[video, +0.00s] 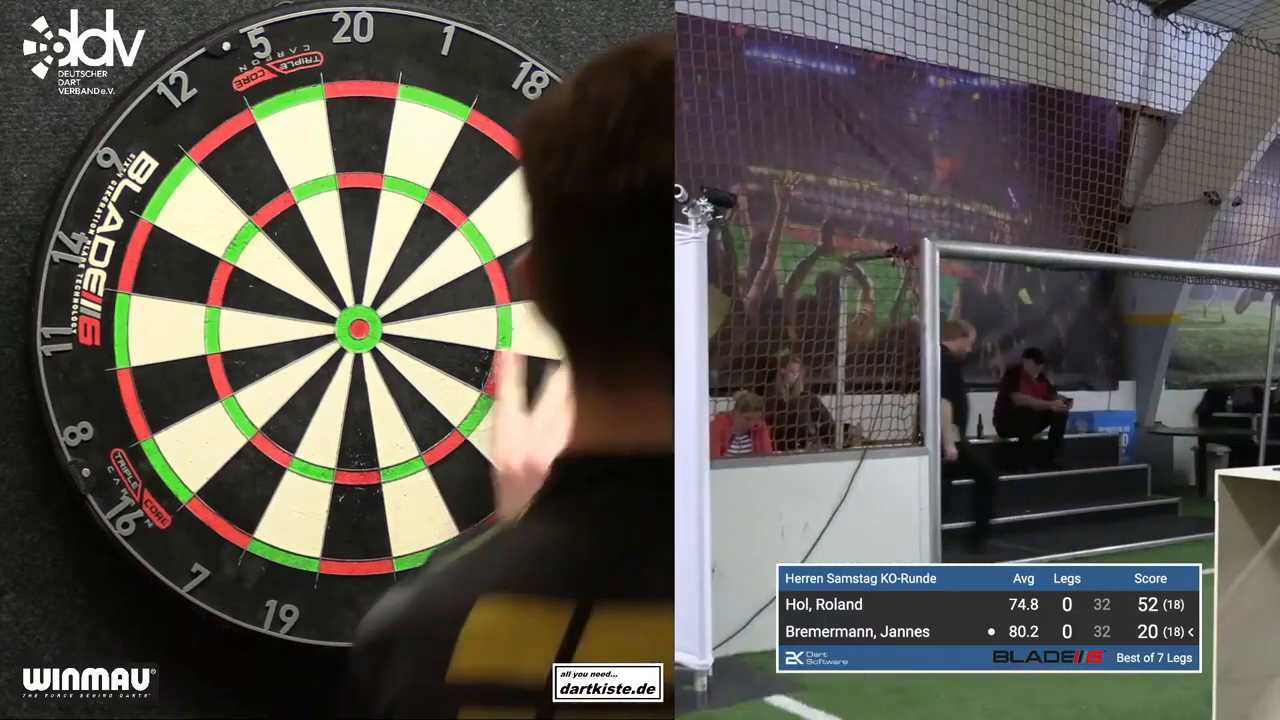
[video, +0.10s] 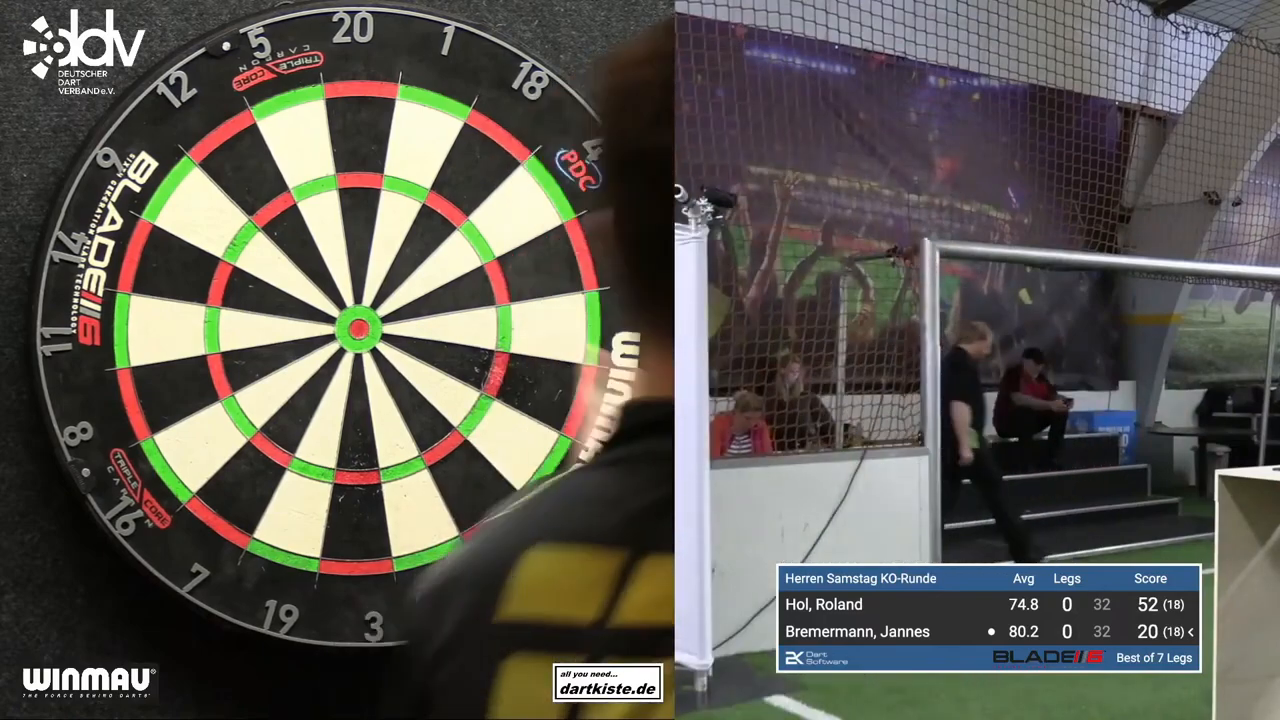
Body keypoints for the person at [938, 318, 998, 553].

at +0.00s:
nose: (969, 349)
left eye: (970, 344)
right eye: (968, 343)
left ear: (953, 339)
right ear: (955, 339)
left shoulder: (940, 358)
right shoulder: (947, 362)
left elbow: (943, 403)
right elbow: (944, 404)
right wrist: (948, 442)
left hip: (941, 441)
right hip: (950, 442)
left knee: (940, 492)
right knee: (986, 475)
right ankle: (979, 536)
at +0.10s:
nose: (988, 350)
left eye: (989, 346)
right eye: (986, 345)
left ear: (966, 341)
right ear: (973, 342)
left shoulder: (952, 360)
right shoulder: (961, 363)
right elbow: (959, 405)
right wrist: (964, 445)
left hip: (950, 442)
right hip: (968, 443)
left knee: (944, 499)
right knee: (995, 493)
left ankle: (926, 550)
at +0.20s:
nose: (988, 351)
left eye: (989, 346)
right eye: (986, 345)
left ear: (966, 341)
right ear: (973, 342)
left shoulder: (952, 360)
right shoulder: (961, 363)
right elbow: (959, 405)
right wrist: (964, 445)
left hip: (950, 442)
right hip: (968, 443)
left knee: (944, 499)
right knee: (995, 493)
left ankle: (926, 550)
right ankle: (1023, 549)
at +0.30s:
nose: (1017, 352)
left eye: (1018, 347)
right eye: (1016, 346)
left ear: (995, 342)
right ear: (1005, 343)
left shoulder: (979, 363)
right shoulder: (993, 366)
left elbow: (1011, 397)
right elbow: (992, 411)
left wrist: (1048, 405)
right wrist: (998, 450)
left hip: (973, 444)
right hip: (990, 446)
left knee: (965, 495)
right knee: (1014, 500)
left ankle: (935, 542)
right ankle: (1031, 553)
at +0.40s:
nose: (1036, 347)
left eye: (1037, 342)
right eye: (1035, 341)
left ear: (1016, 339)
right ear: (1023, 339)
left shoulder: (1001, 359)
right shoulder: (1012, 363)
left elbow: (1015, 400)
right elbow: (1016, 405)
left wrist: (1047, 405)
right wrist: (1028, 443)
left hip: (997, 443)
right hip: (1009, 445)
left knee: (996, 493)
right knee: (1028, 500)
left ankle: (953, 539)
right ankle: (1033, 557)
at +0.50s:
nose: (1047, 344)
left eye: (1048, 340)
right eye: (1046, 339)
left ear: (1025, 337)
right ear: (1032, 336)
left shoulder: (1013, 357)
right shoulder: (1022, 360)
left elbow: (1020, 398)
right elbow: (1028, 401)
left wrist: (1049, 404)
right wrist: (1044, 437)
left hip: (1013, 441)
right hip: (1021, 443)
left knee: (1020, 492)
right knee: (1032, 498)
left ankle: (976, 532)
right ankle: (1033, 558)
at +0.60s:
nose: (1064, 342)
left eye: (1064, 337)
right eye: (1062, 336)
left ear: (1044, 333)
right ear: (1051, 334)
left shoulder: (1026, 355)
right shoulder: (1041, 358)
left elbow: (1028, 398)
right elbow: (1044, 399)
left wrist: (1054, 403)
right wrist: (1065, 433)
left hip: (1022, 439)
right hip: (1034, 441)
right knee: (1040, 493)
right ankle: (1033, 554)